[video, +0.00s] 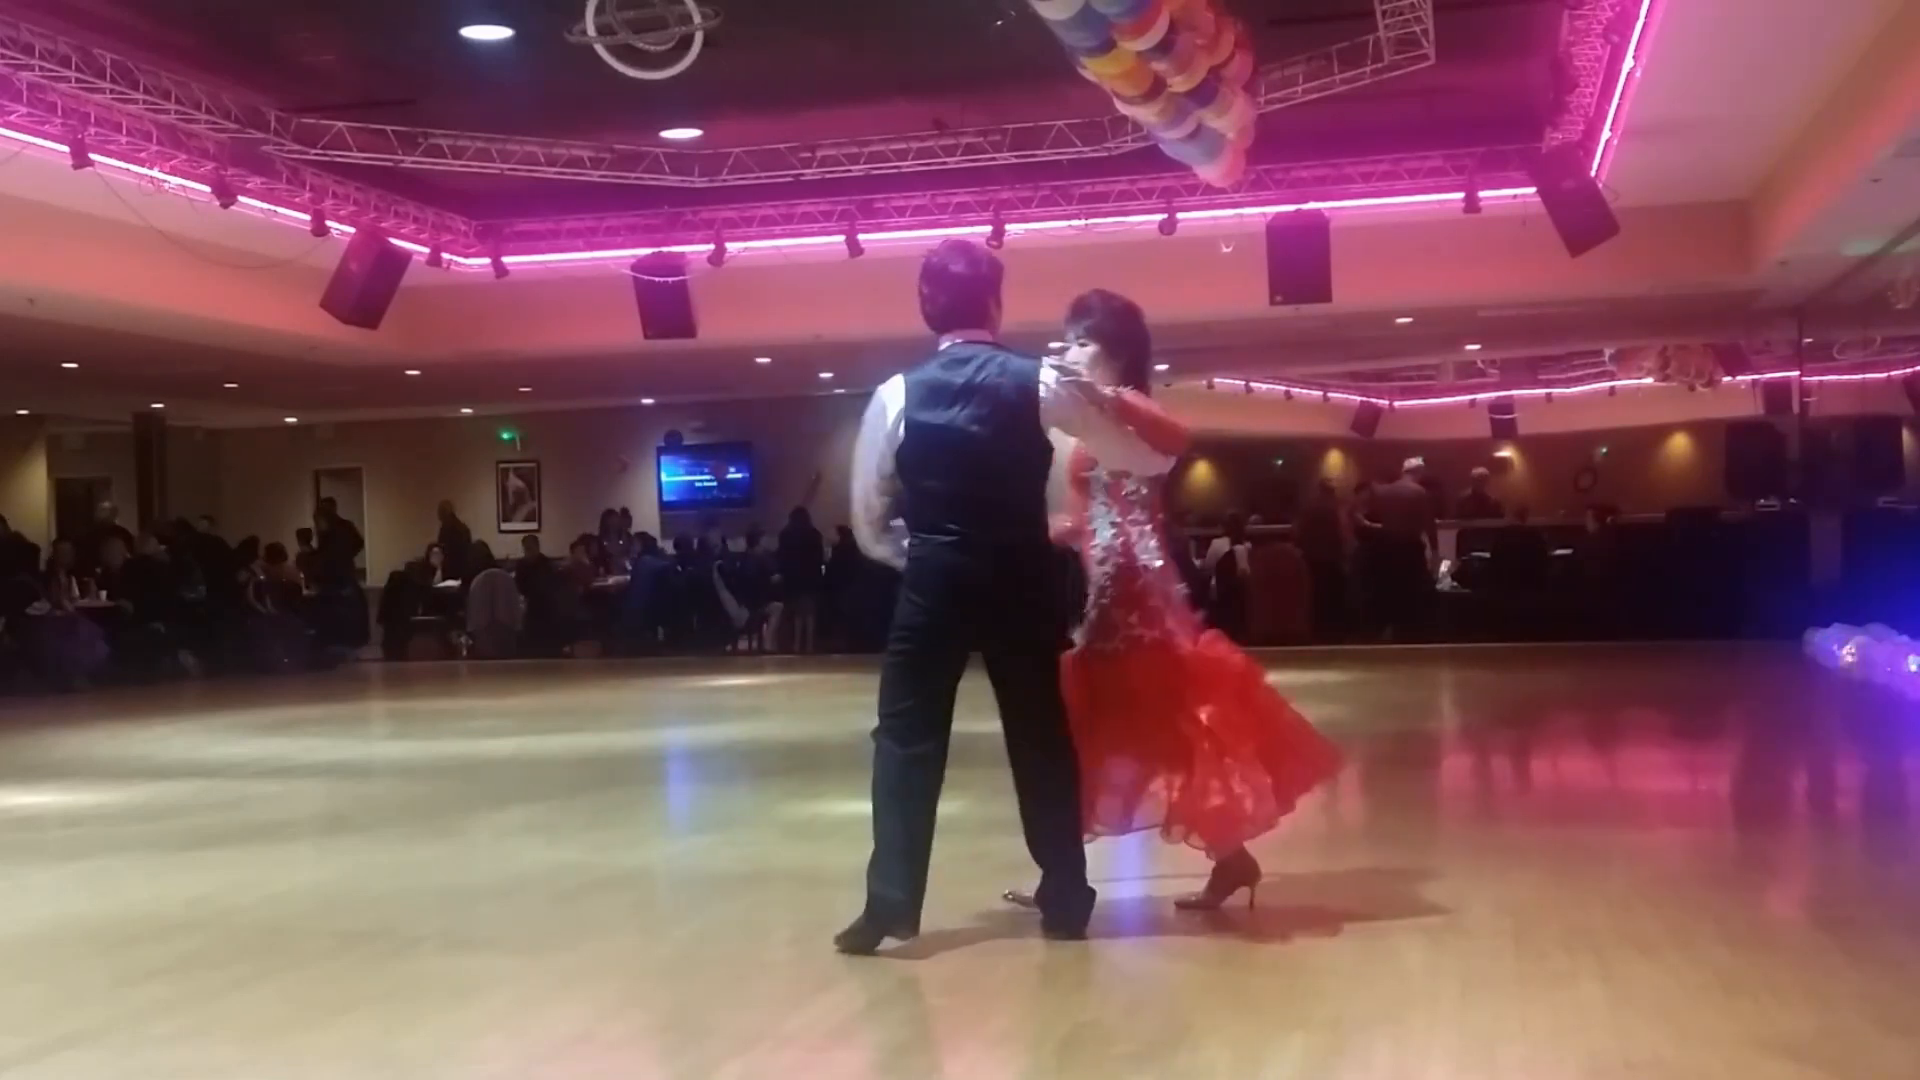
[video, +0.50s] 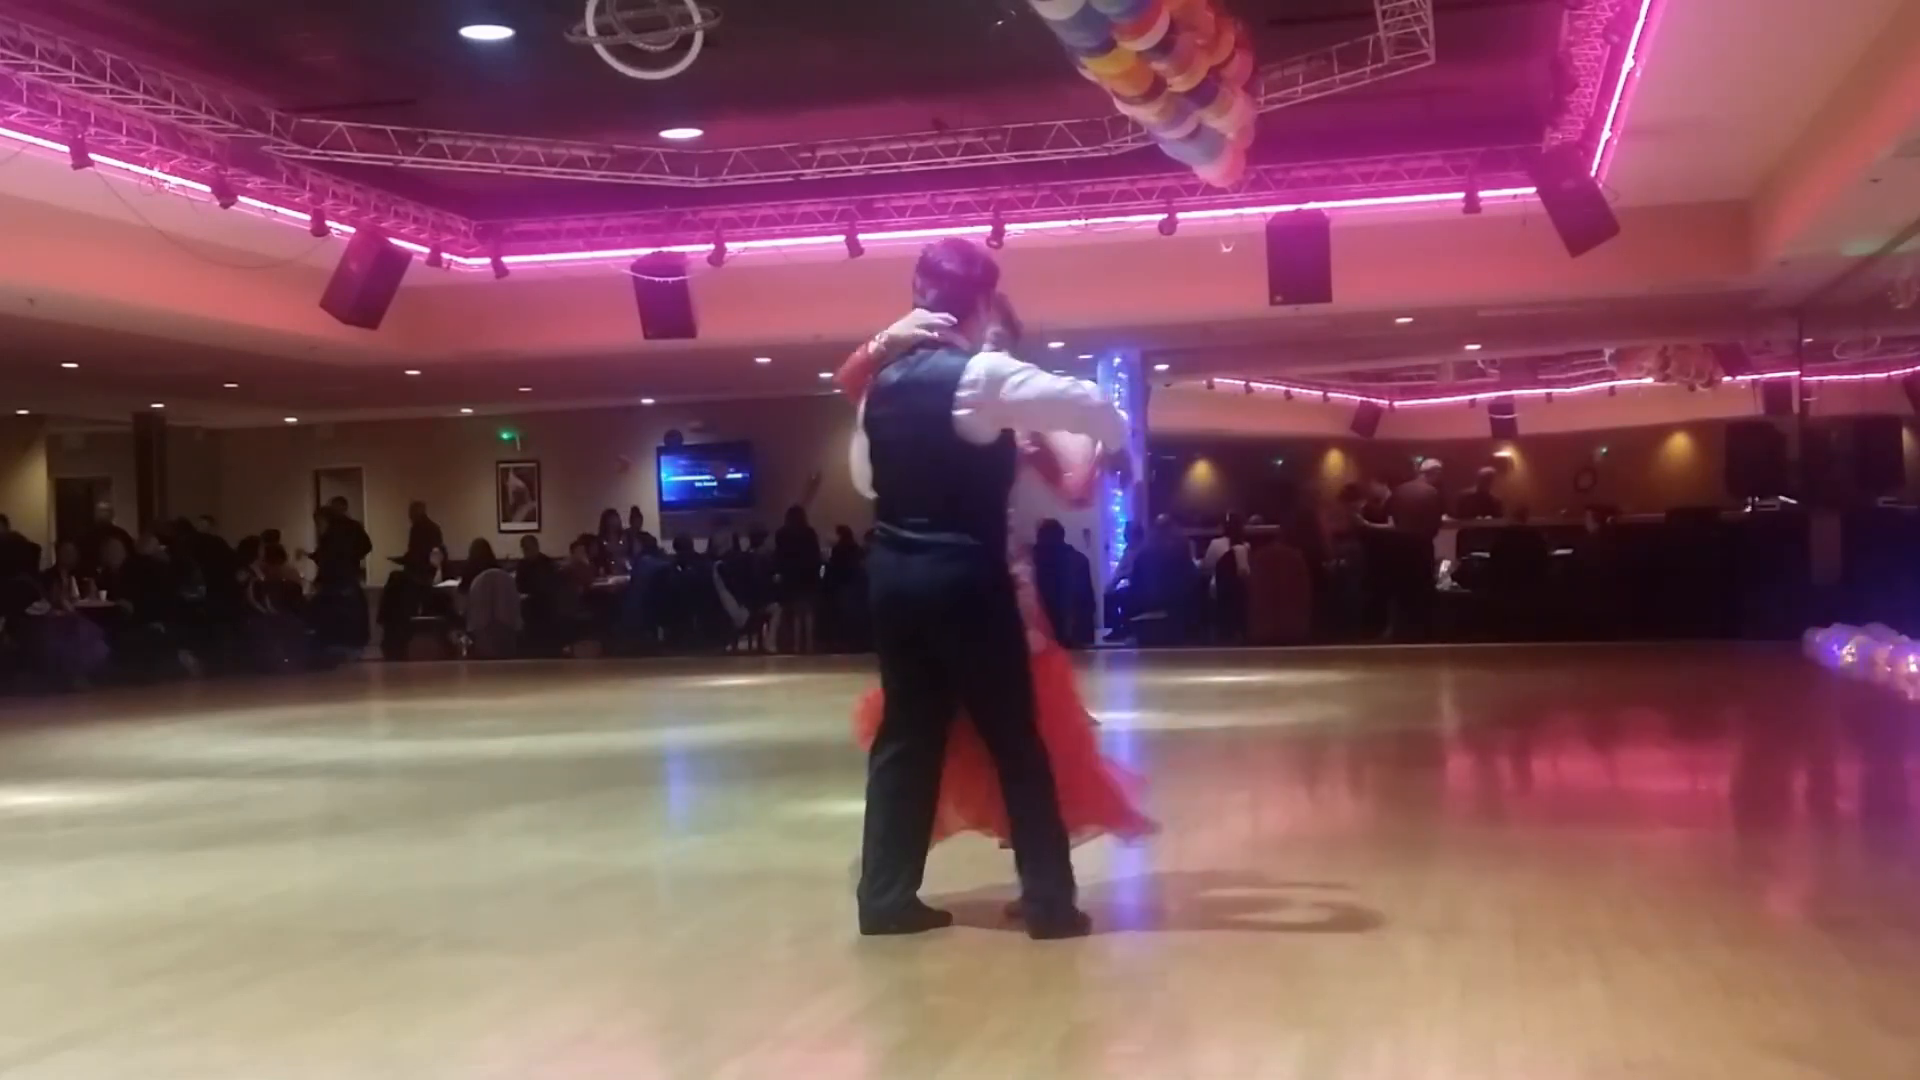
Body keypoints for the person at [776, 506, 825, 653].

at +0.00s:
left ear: (791, 518)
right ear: (808, 518)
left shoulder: (785, 534)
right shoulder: (815, 534)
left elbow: (781, 556)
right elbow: (819, 558)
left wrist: (783, 571)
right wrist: (817, 573)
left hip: (791, 577)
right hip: (810, 577)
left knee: (795, 613)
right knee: (809, 613)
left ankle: (794, 645)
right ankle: (809, 646)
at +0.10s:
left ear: (790, 518)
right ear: (808, 517)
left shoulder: (785, 534)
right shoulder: (815, 534)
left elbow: (781, 557)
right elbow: (819, 558)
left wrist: (783, 572)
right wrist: (817, 572)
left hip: (792, 577)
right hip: (811, 578)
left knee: (796, 613)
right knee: (810, 613)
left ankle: (796, 645)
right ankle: (810, 646)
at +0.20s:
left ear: (789, 517)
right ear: (807, 517)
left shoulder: (784, 533)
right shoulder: (813, 533)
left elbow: (780, 556)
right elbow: (819, 557)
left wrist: (781, 571)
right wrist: (816, 572)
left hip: (791, 577)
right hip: (810, 577)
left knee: (794, 612)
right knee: (809, 612)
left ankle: (794, 645)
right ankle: (809, 645)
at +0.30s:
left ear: (789, 517)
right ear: (806, 516)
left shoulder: (783, 533)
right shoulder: (812, 532)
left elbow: (780, 556)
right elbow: (818, 557)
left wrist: (781, 571)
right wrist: (816, 572)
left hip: (790, 577)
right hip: (809, 577)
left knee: (792, 612)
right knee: (809, 611)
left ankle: (793, 644)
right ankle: (809, 645)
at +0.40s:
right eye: (799, 516)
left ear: (788, 517)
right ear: (805, 516)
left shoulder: (782, 533)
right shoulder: (811, 532)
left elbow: (779, 556)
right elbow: (817, 556)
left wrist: (780, 571)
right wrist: (816, 573)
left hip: (789, 577)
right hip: (808, 577)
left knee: (790, 612)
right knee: (808, 612)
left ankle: (790, 644)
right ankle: (808, 645)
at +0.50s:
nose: (796, 520)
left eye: (794, 516)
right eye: (798, 516)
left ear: (787, 517)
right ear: (804, 517)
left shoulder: (781, 533)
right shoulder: (810, 532)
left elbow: (779, 556)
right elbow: (816, 556)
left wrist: (780, 571)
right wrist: (814, 572)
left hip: (789, 577)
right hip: (808, 577)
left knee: (790, 612)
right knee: (808, 612)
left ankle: (791, 644)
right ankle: (808, 645)